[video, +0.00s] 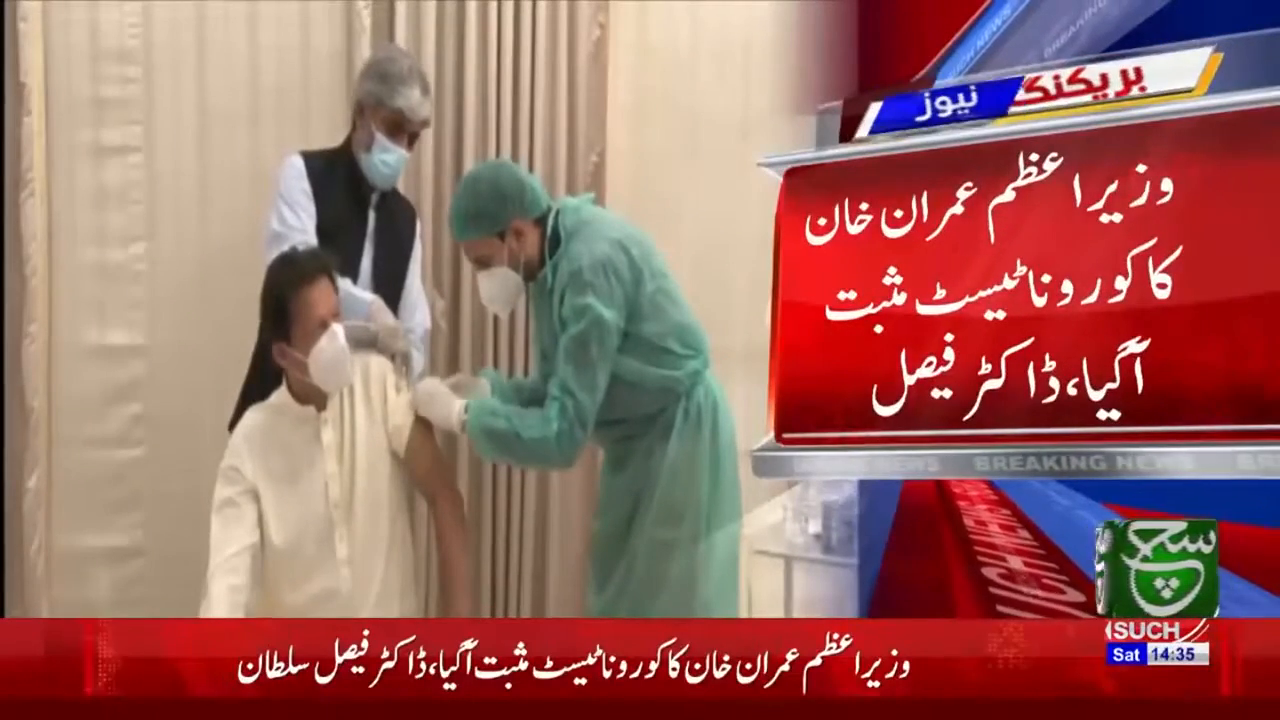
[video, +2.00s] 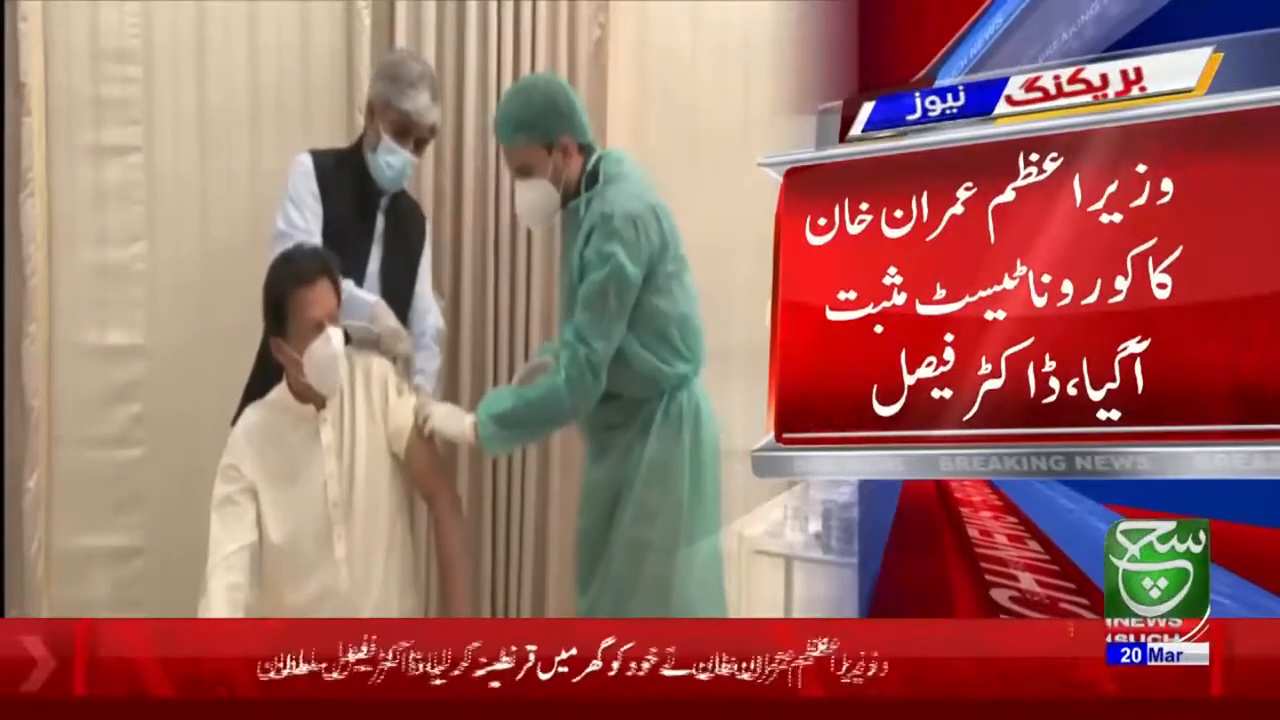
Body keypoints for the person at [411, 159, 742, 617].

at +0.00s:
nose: (484, 276)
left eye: (485, 263)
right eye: (476, 266)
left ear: (519, 233)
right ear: (519, 234)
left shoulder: (591, 261)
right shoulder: (554, 260)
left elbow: (563, 436)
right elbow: (555, 395)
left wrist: (461, 415)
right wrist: (486, 389)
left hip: (679, 434)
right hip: (633, 437)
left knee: (656, 604)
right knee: (614, 598)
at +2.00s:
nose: (522, 185)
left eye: (526, 170)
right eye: (515, 172)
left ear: (567, 150)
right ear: (563, 153)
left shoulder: (619, 214)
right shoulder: (590, 201)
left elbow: (581, 375)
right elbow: (594, 322)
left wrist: (479, 425)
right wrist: (554, 359)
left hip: (658, 430)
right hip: (624, 426)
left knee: (639, 603)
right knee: (609, 596)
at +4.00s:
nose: (492, 253)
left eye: (495, 236)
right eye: (484, 239)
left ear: (542, 197)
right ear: (543, 196)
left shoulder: (633, 230)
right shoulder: (581, 228)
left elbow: (589, 455)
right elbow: (573, 399)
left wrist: (460, 464)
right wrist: (488, 397)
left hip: (750, 464)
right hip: (677, 471)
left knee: (732, 659)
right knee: (654, 656)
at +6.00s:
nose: (496, 261)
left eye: (497, 244)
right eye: (487, 248)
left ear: (541, 204)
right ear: (542, 204)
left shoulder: (633, 242)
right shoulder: (581, 238)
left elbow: (589, 468)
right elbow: (565, 410)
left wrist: (458, 478)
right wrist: (482, 408)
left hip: (748, 477)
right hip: (676, 483)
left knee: (738, 667)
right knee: (658, 665)